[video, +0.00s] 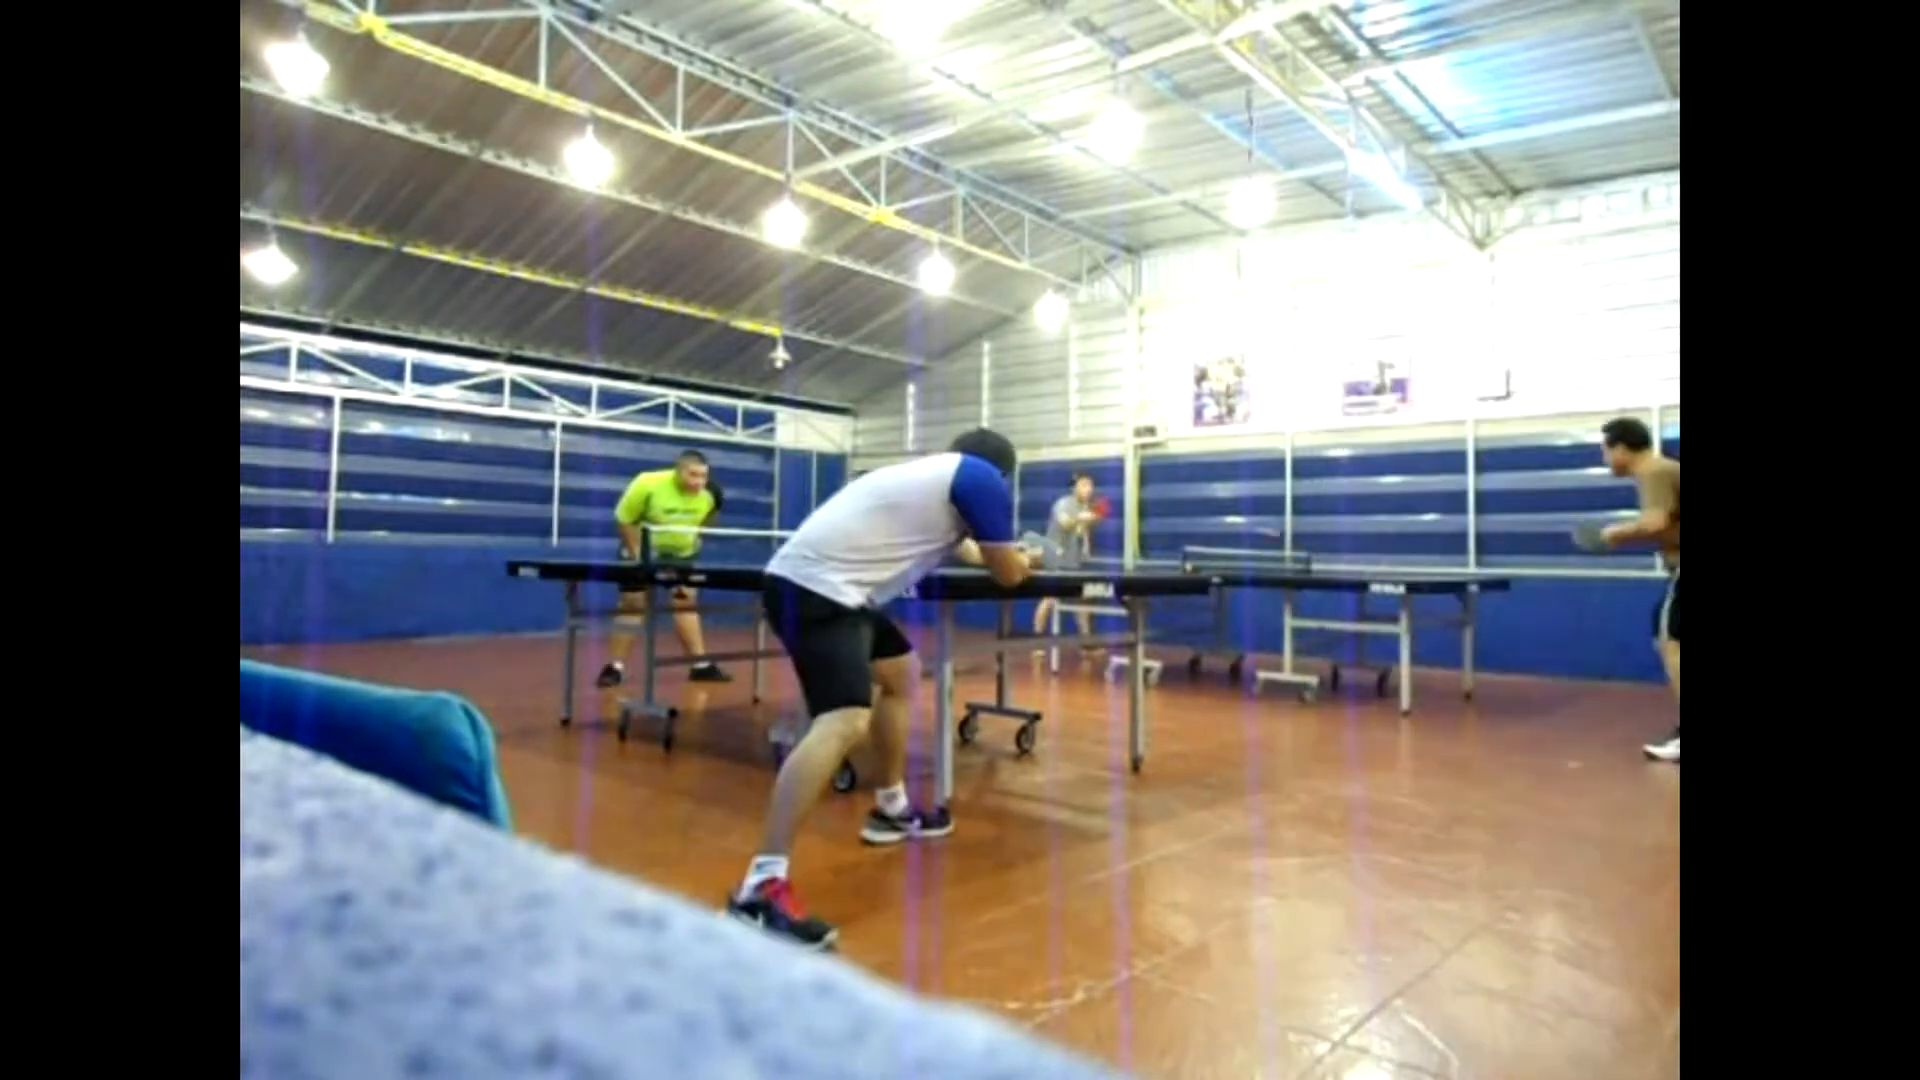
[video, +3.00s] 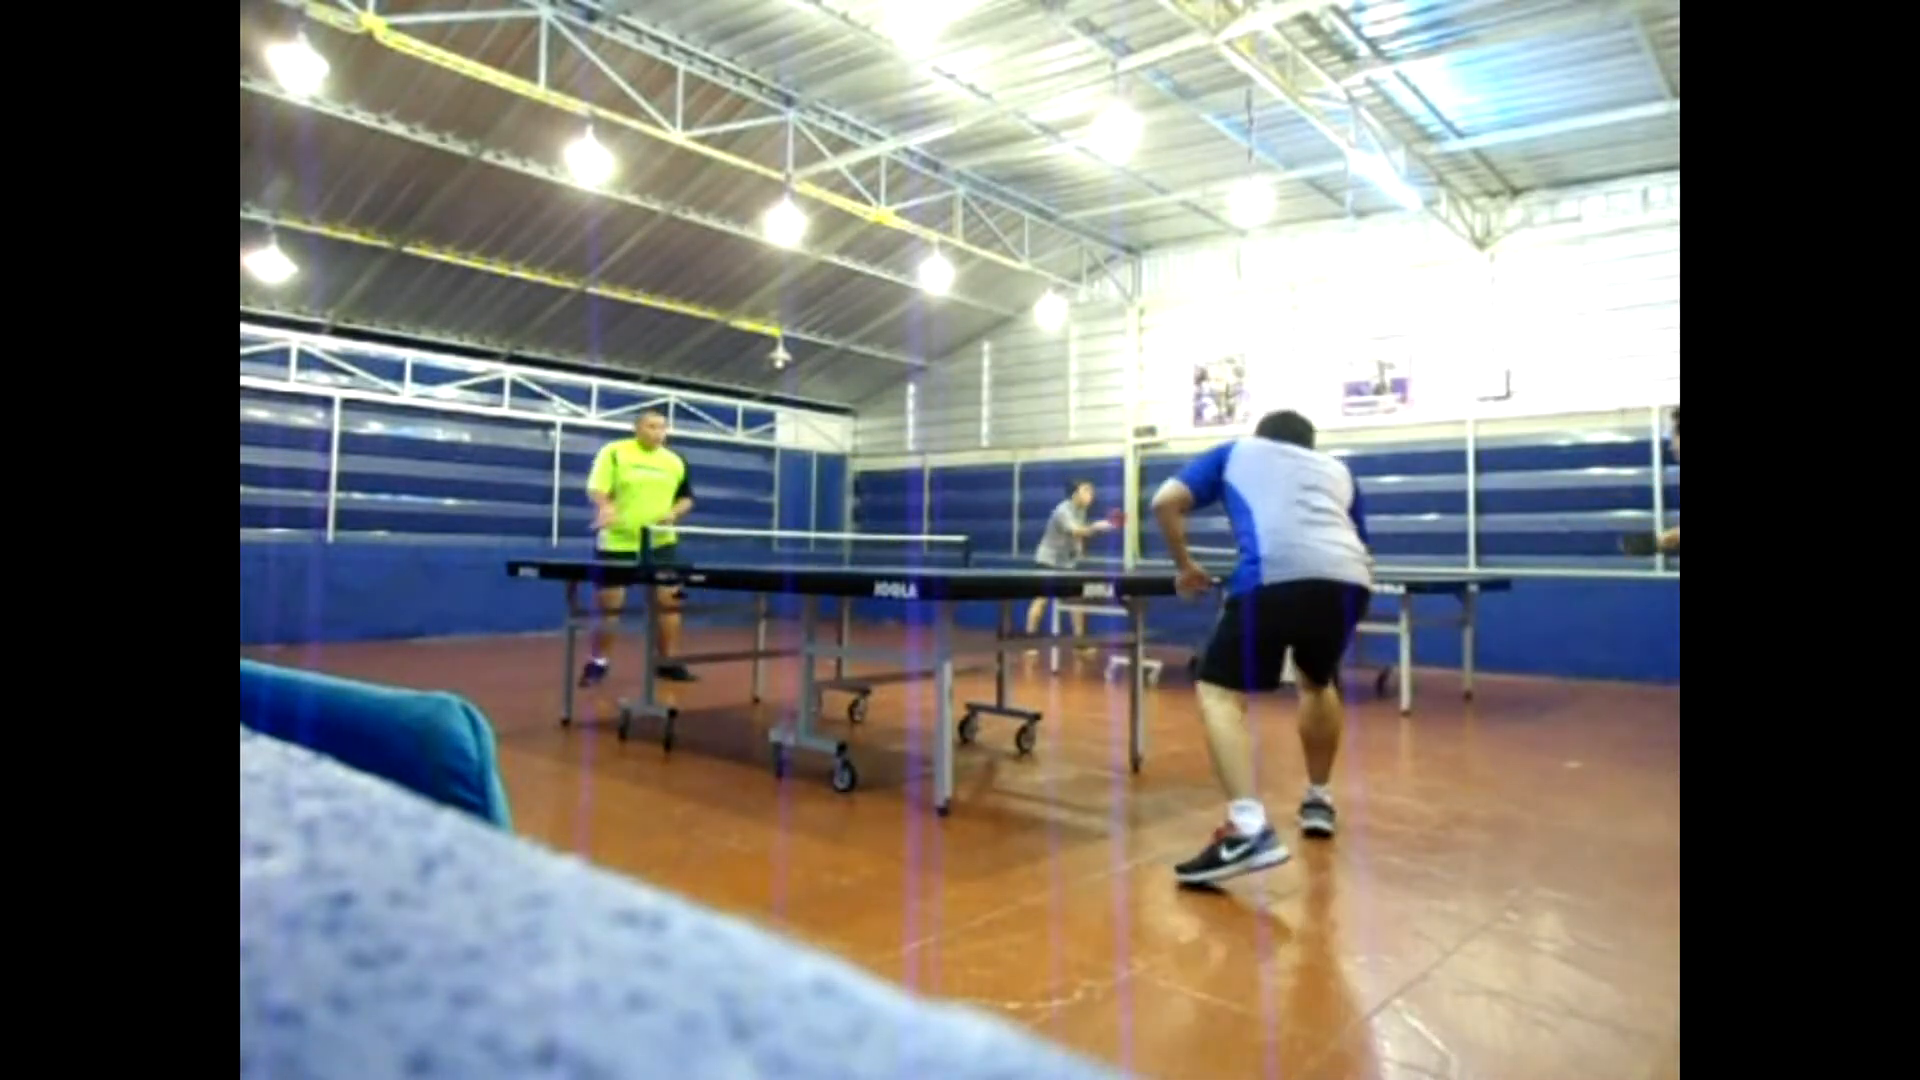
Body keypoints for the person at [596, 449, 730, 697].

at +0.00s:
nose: (698, 482)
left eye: (702, 475)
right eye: (692, 474)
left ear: (707, 476)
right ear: (678, 472)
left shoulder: (709, 497)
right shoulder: (647, 484)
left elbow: (699, 524)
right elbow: (624, 517)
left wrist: (687, 546)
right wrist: (636, 552)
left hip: (683, 554)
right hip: (645, 552)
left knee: (686, 602)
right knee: (633, 605)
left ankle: (701, 661)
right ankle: (616, 665)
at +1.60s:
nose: (699, 449)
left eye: (704, 443)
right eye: (693, 442)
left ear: (709, 446)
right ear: (681, 442)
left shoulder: (712, 475)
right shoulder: (657, 467)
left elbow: (711, 506)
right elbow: (634, 503)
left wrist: (719, 521)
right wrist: (656, 527)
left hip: (694, 553)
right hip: (657, 551)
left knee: (705, 600)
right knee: (640, 600)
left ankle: (702, 661)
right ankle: (624, 660)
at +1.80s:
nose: (707, 469)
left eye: (712, 464)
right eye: (702, 462)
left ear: (715, 466)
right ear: (688, 459)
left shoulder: (710, 490)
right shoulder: (659, 478)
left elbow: (703, 521)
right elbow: (650, 518)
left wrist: (720, 524)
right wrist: (698, 522)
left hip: (688, 553)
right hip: (653, 553)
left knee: (706, 599)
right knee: (643, 601)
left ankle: (701, 662)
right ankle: (635, 670)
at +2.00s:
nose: (712, 478)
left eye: (716, 473)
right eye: (707, 471)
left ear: (718, 473)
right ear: (691, 466)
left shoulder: (711, 499)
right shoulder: (663, 476)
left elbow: (704, 526)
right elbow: (654, 513)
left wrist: (724, 536)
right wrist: (699, 522)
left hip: (683, 556)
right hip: (648, 554)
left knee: (709, 601)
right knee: (642, 601)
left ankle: (701, 663)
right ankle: (634, 670)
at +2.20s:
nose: (716, 467)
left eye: (720, 462)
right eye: (710, 460)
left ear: (723, 466)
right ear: (696, 460)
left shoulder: (720, 499)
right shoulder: (670, 470)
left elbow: (721, 529)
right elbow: (628, 475)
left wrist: (743, 526)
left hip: (691, 563)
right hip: (652, 557)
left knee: (717, 605)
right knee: (647, 603)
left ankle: (701, 664)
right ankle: (634, 671)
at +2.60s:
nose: (699, 442)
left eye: (705, 438)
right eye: (695, 435)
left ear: (710, 444)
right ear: (682, 436)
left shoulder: (712, 478)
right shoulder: (656, 457)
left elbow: (717, 511)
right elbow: (620, 484)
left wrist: (715, 525)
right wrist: (588, 503)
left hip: (689, 545)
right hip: (647, 541)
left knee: (701, 599)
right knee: (627, 600)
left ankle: (701, 661)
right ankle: (606, 661)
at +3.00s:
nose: (656, 433)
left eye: (661, 427)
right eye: (651, 426)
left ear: (666, 430)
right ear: (637, 427)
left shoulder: (675, 462)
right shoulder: (613, 453)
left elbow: (686, 497)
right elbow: (597, 487)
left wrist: (673, 513)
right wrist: (606, 509)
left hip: (661, 540)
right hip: (619, 540)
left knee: (669, 600)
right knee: (610, 603)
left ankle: (668, 659)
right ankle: (599, 660)